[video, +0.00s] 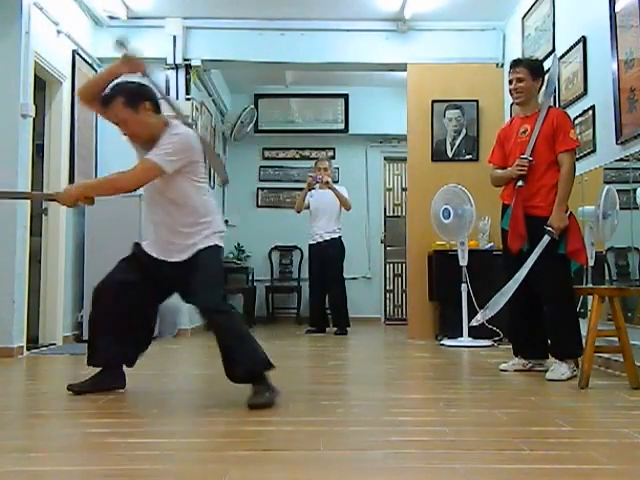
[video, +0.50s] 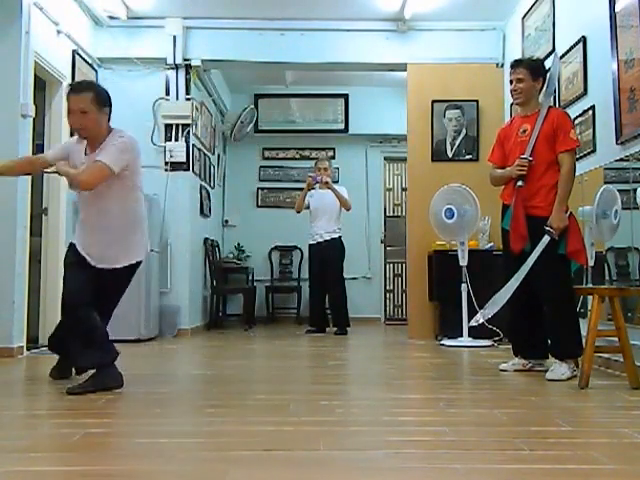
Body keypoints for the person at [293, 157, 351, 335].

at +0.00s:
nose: (323, 173)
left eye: (326, 170)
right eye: (319, 170)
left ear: (331, 171)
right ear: (315, 172)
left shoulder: (339, 190)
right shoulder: (311, 194)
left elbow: (347, 206)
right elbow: (298, 208)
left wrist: (332, 188)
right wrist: (307, 188)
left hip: (333, 241)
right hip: (315, 243)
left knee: (335, 285)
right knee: (316, 286)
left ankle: (341, 324)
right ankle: (318, 324)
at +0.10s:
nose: (323, 173)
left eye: (326, 170)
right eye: (319, 170)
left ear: (331, 171)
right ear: (315, 172)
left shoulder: (339, 190)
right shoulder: (311, 194)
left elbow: (347, 207)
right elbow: (298, 209)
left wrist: (332, 188)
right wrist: (306, 188)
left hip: (333, 241)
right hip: (315, 243)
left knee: (335, 285)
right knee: (316, 286)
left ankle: (341, 324)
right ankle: (318, 324)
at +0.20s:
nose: (323, 173)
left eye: (326, 170)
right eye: (319, 170)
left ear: (331, 171)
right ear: (315, 172)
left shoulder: (339, 190)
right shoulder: (311, 194)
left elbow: (347, 206)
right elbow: (298, 209)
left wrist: (332, 188)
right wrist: (306, 189)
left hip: (333, 241)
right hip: (315, 243)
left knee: (335, 285)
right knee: (316, 286)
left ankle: (341, 324)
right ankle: (318, 324)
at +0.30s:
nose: (323, 173)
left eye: (326, 170)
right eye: (319, 170)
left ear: (331, 171)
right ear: (315, 172)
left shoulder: (339, 190)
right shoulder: (311, 194)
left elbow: (347, 206)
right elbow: (298, 209)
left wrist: (331, 188)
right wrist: (306, 189)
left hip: (333, 241)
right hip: (315, 243)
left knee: (335, 285)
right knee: (316, 286)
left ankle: (341, 324)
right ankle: (318, 324)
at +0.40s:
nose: (323, 173)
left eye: (326, 170)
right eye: (319, 170)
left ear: (330, 171)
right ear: (315, 172)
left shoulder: (339, 190)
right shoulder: (311, 194)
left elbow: (347, 207)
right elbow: (298, 209)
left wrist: (332, 188)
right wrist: (306, 188)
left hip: (333, 241)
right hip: (315, 243)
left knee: (336, 285)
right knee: (316, 286)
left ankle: (341, 324)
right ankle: (318, 324)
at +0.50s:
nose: (323, 173)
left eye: (325, 170)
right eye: (319, 170)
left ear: (330, 171)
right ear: (315, 172)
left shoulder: (339, 190)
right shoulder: (311, 194)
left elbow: (347, 207)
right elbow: (298, 209)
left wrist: (331, 188)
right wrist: (306, 188)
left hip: (333, 241)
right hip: (315, 243)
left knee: (335, 285)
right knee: (316, 286)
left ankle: (341, 324)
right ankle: (318, 324)